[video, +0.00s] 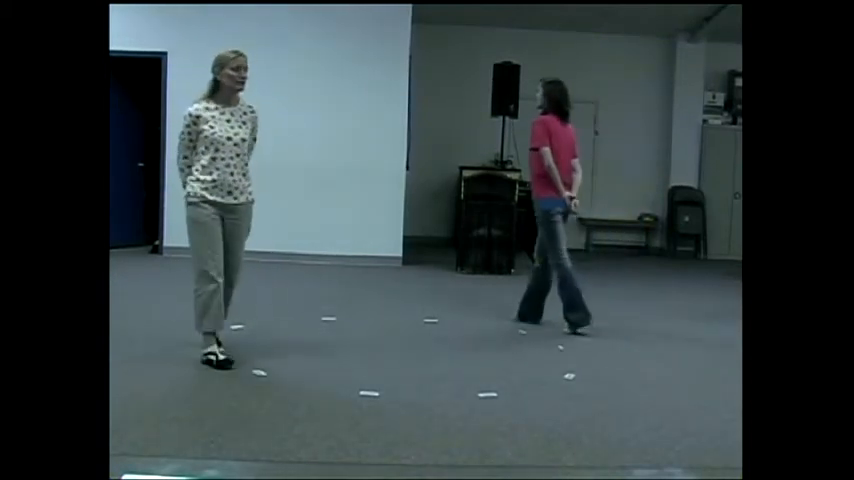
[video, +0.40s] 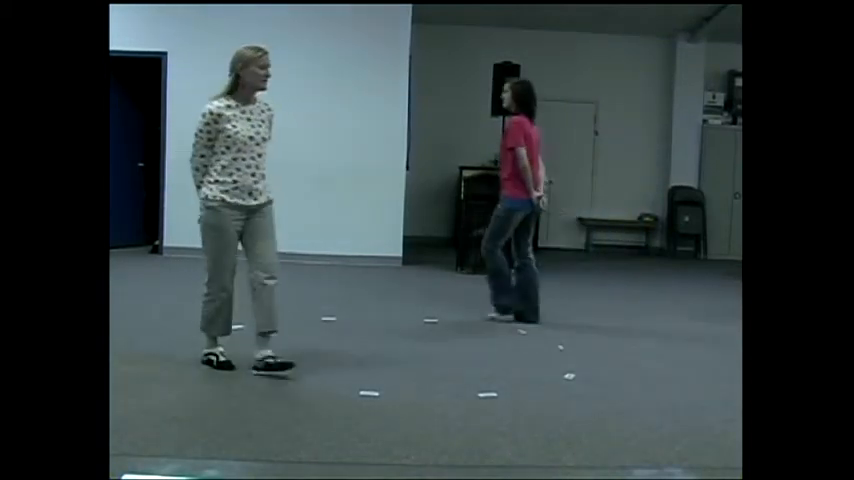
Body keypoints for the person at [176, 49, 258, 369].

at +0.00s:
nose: (241, 75)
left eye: (244, 71)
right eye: (235, 70)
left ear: (246, 76)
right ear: (218, 73)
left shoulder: (249, 115)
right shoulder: (198, 113)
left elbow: (246, 156)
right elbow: (184, 157)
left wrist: (231, 181)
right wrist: (192, 187)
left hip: (239, 200)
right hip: (204, 199)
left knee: (231, 272)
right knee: (210, 271)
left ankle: (215, 333)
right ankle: (210, 342)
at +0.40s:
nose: (267, 74)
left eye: (268, 68)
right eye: (261, 68)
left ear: (263, 73)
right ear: (240, 72)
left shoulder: (265, 112)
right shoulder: (216, 112)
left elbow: (255, 157)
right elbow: (199, 157)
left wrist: (239, 184)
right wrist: (206, 192)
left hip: (258, 203)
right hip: (221, 204)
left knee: (265, 275)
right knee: (221, 279)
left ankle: (264, 352)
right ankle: (212, 348)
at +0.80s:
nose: (309, 71)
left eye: (308, 66)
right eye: (301, 67)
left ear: (299, 75)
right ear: (281, 74)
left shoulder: (306, 115)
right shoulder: (260, 116)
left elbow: (297, 164)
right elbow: (243, 165)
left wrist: (275, 192)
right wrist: (250, 201)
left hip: (304, 211)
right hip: (268, 211)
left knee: (301, 289)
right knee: (275, 288)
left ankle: (286, 364)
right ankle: (229, 332)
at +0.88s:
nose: (315, 73)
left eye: (314, 68)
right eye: (308, 69)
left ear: (304, 77)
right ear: (287, 75)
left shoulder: (311, 118)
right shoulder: (267, 118)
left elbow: (303, 168)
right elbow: (249, 168)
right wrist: (254, 206)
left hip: (307, 212)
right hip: (273, 211)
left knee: (310, 289)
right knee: (291, 289)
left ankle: (286, 364)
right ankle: (240, 331)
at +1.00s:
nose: (329, 69)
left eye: (328, 64)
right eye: (322, 65)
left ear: (319, 72)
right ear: (301, 71)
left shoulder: (319, 114)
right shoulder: (283, 113)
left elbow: (311, 165)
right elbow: (262, 164)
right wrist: (264, 209)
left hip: (316, 207)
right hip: (287, 206)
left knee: (314, 284)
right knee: (318, 282)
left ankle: (287, 359)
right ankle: (283, 354)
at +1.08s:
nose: (336, 69)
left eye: (336, 63)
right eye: (329, 63)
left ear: (324, 71)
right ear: (308, 69)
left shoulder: (323, 110)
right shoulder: (294, 110)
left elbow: (316, 163)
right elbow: (271, 160)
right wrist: (269, 204)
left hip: (319, 207)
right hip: (295, 205)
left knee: (304, 286)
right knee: (326, 280)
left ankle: (285, 362)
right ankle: (314, 367)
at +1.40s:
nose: (368, 69)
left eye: (366, 64)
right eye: (360, 64)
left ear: (345, 72)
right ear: (340, 70)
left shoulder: (339, 112)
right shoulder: (335, 113)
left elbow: (325, 168)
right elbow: (319, 167)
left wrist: (315, 216)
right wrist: (312, 215)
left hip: (340, 211)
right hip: (345, 212)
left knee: (353, 295)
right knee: (368, 293)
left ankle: (300, 349)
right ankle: (369, 379)